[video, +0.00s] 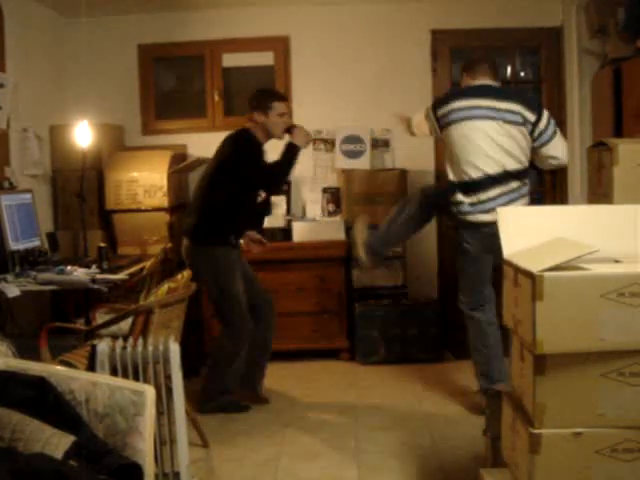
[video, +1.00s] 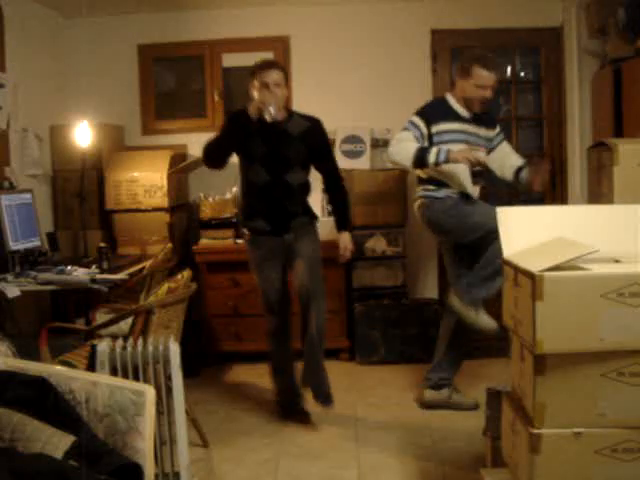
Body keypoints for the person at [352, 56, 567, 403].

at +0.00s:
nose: (463, 85)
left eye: (463, 79)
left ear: (463, 79)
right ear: (497, 78)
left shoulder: (449, 104)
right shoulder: (525, 105)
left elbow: (418, 128)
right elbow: (558, 156)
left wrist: (406, 120)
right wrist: (522, 150)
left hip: (475, 221)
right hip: (518, 215)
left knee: (478, 305)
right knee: (428, 197)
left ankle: (495, 389)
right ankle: (374, 248)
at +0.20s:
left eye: (465, 100)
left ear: (466, 98)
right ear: (502, 98)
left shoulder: (444, 125)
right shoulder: (517, 121)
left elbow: (446, 167)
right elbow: (557, 166)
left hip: (467, 239)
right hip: (513, 233)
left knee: (471, 313)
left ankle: (498, 387)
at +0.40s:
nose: (502, 90)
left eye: (503, 86)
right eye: (504, 86)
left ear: (471, 72)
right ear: (499, 79)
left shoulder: (441, 102)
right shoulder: (496, 105)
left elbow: (443, 150)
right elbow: (529, 153)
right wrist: (508, 146)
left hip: (460, 216)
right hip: (499, 212)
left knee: (476, 298)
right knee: (514, 292)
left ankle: (491, 381)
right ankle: (523, 369)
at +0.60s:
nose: (506, 108)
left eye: (508, 103)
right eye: (505, 101)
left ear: (486, 94)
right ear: (489, 92)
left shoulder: (470, 115)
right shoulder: (459, 112)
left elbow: (513, 116)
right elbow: (457, 147)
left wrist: (553, 98)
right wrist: (503, 155)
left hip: (455, 217)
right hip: (468, 212)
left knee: (474, 304)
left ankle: (477, 394)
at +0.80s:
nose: (502, 104)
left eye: (506, 98)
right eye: (498, 96)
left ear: (503, 95)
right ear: (475, 88)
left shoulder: (492, 122)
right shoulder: (442, 109)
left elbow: (528, 134)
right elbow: (415, 140)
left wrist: (557, 127)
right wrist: (467, 152)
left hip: (467, 204)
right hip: (442, 203)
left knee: (459, 290)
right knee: (529, 214)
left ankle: (437, 383)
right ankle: (483, 268)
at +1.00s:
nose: (488, 95)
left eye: (491, 89)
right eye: (482, 87)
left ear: (491, 89)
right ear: (460, 81)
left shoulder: (486, 123)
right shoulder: (433, 112)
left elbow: (505, 160)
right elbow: (398, 150)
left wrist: (526, 174)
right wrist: (448, 154)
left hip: (470, 205)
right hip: (437, 202)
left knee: (463, 294)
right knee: (508, 226)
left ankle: (439, 383)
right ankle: (469, 294)